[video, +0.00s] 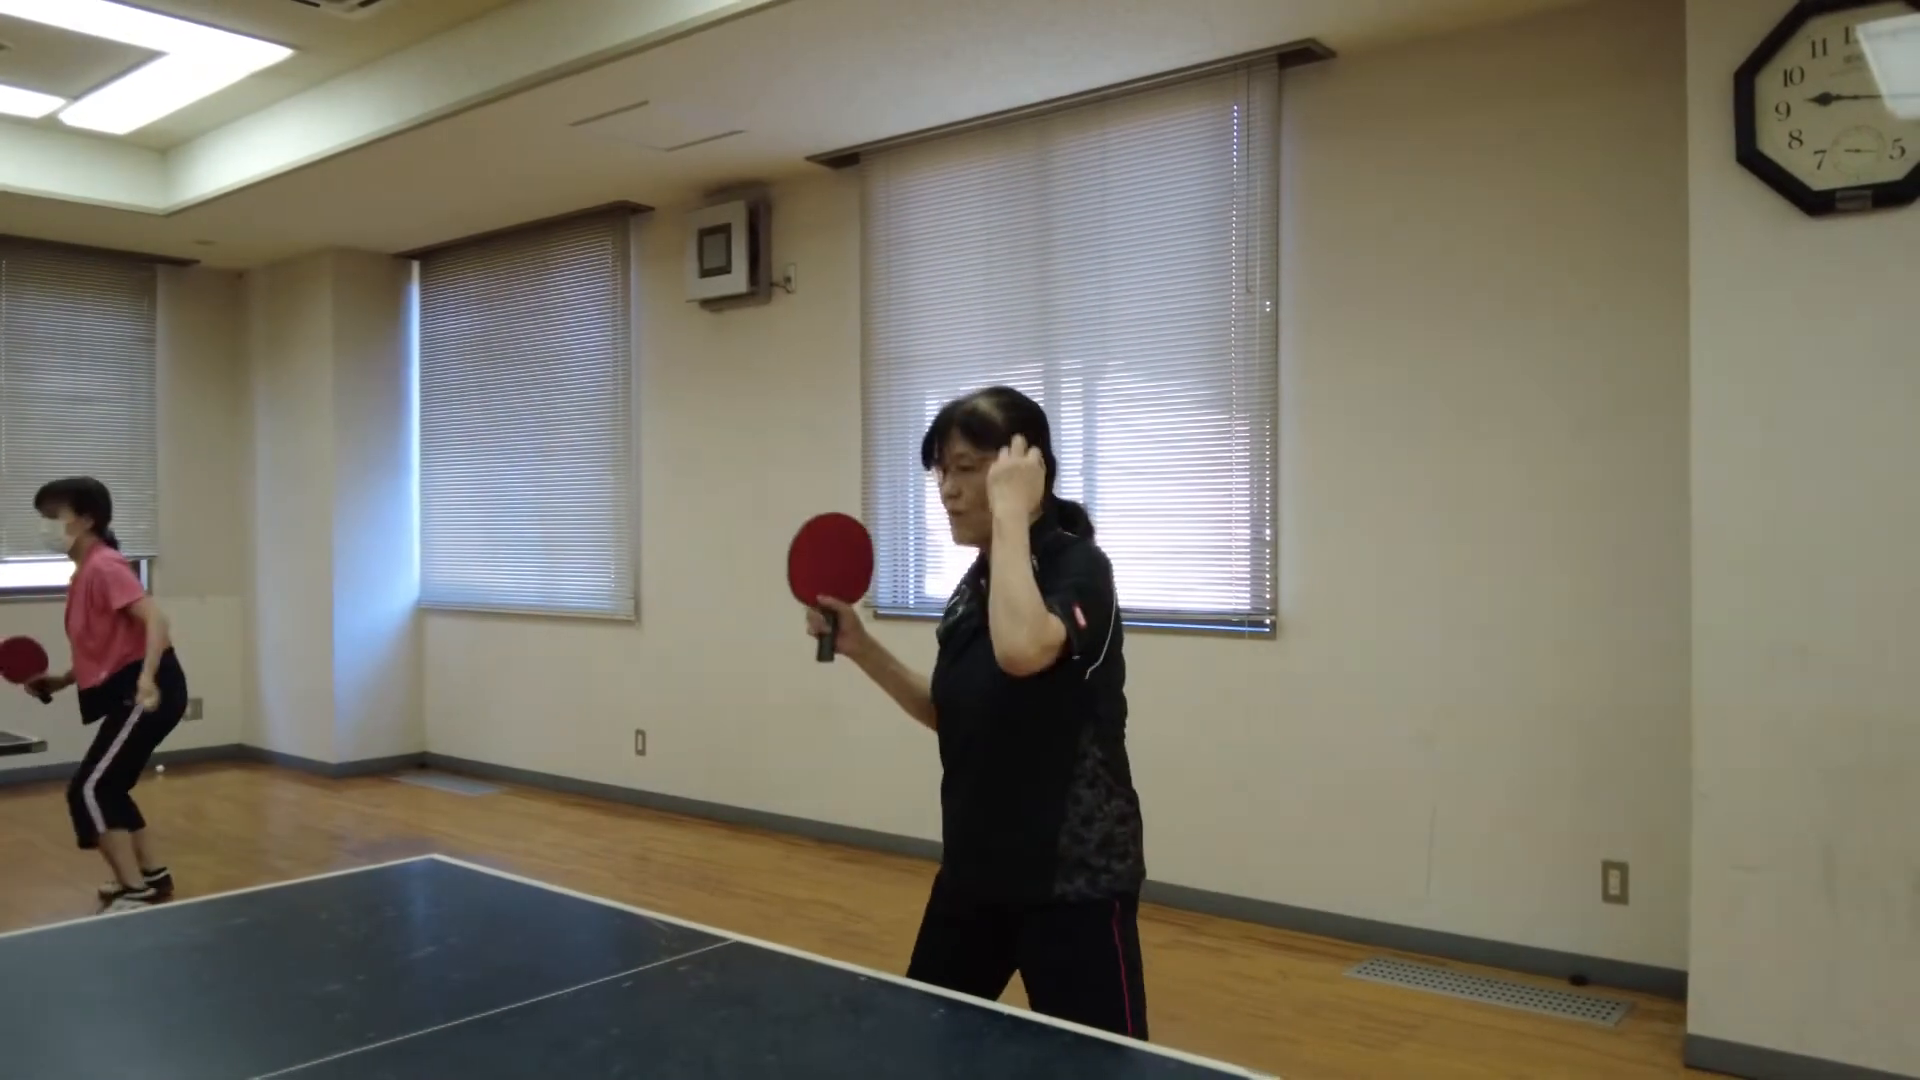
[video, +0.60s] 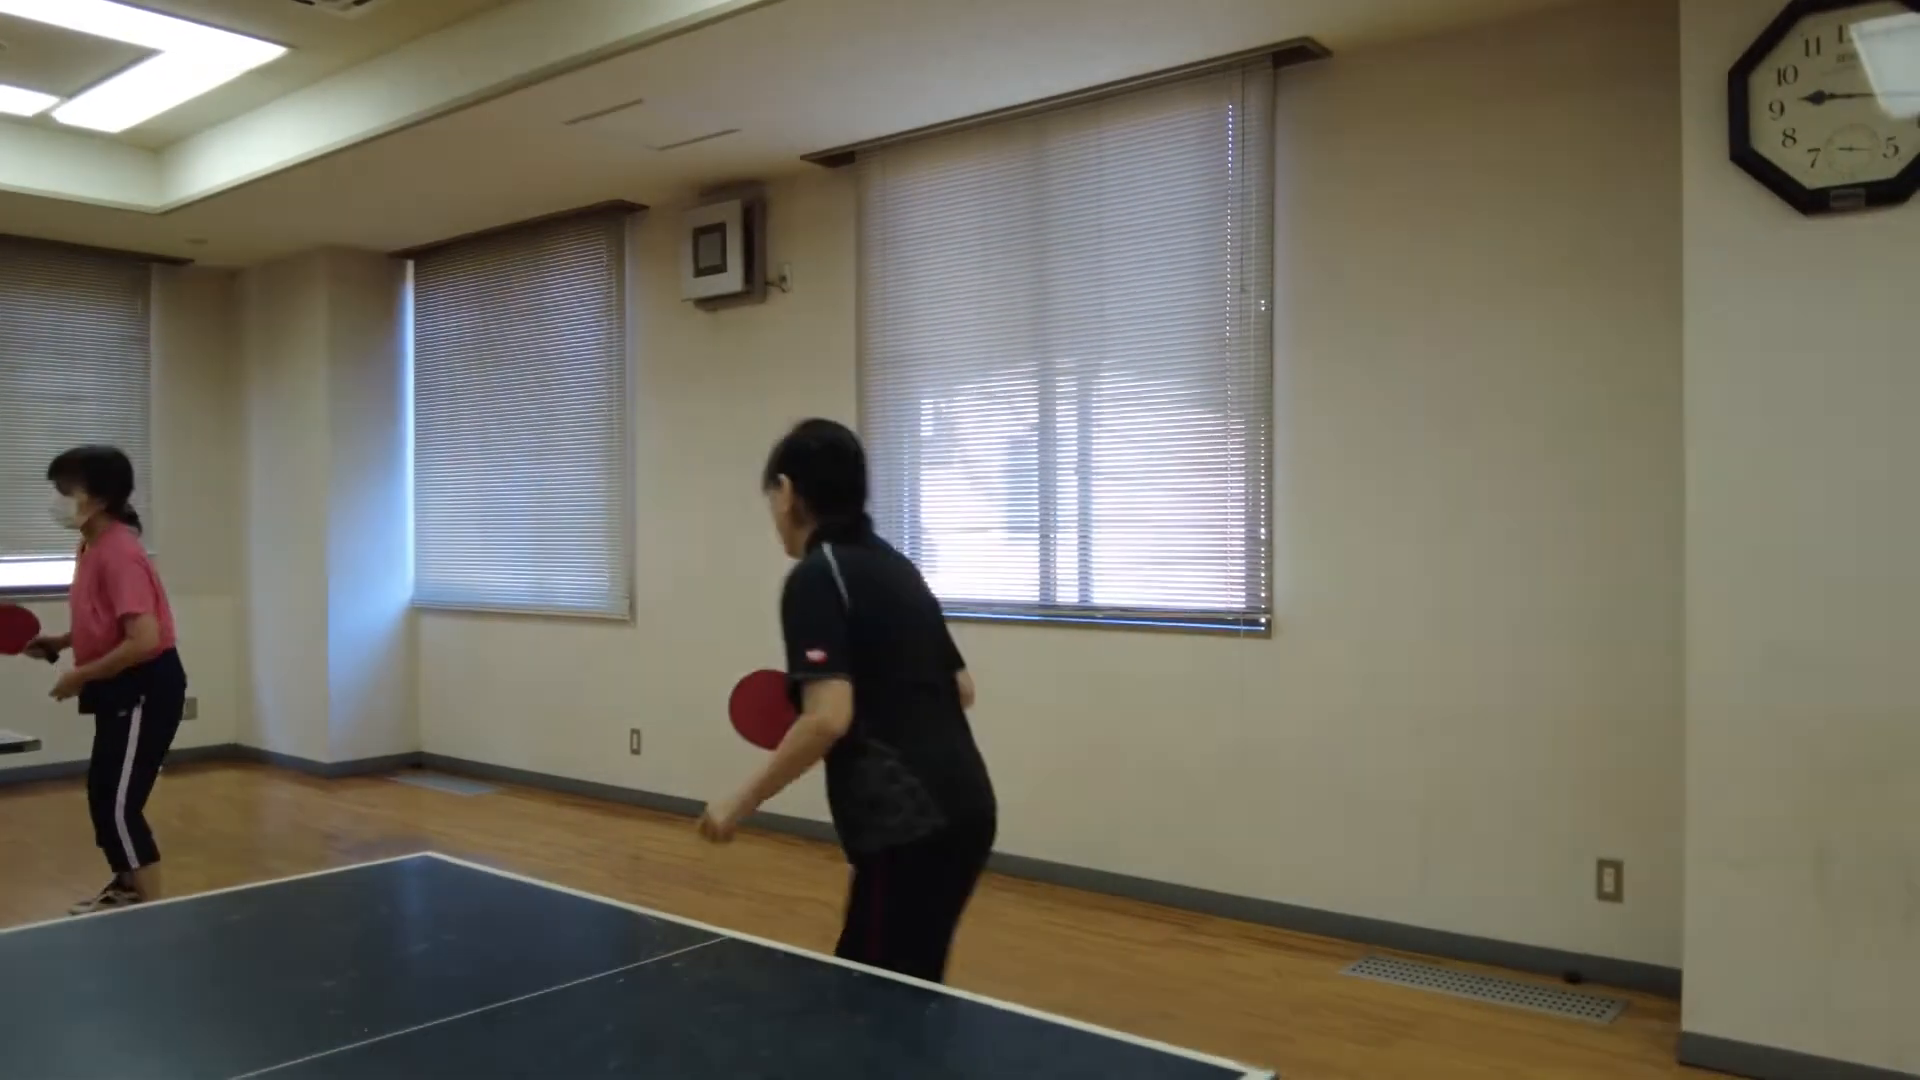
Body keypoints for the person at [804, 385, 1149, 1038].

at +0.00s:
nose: (946, 488)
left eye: (965, 470)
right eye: (941, 471)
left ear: (1021, 474)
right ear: (937, 476)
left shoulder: (1075, 565)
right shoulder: (975, 590)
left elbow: (1023, 648)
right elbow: (951, 713)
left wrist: (1013, 514)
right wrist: (862, 648)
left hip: (1074, 879)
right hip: (979, 869)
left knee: (1103, 1064)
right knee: (919, 1041)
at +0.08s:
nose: (937, 489)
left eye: (956, 468)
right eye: (931, 475)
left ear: (1018, 473)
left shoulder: (1064, 565)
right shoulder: (981, 584)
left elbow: (1029, 690)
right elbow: (963, 714)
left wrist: (984, 549)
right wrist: (875, 655)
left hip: (1077, 877)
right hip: (987, 869)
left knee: (1102, 1064)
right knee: (928, 1042)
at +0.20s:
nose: (911, 506)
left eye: (915, 485)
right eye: (910, 488)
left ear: (960, 482)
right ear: (962, 485)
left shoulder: (1031, 580)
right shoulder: (990, 585)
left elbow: (1028, 732)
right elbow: (994, 715)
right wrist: (887, 669)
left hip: (1068, 889)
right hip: (993, 876)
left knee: (1086, 1062)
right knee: (919, 1033)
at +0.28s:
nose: (893, 511)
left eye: (896, 491)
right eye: (894, 493)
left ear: (925, 494)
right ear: (949, 496)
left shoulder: (998, 589)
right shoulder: (969, 589)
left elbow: (1008, 746)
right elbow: (981, 720)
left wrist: (880, 716)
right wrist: (899, 693)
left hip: (1050, 890)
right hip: (983, 876)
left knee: (1064, 1060)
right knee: (894, 1021)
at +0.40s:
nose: (852, 518)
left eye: (855, 499)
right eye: (853, 500)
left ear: (879, 503)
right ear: (929, 502)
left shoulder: (924, 595)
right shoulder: (945, 587)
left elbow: (934, 751)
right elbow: (957, 717)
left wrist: (838, 738)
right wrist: (870, 703)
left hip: (992, 888)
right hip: (955, 879)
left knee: (1036, 1054)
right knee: (857, 1010)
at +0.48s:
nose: (817, 518)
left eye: (819, 500)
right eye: (819, 501)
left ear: (839, 506)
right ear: (898, 503)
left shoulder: (872, 596)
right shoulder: (925, 587)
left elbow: (871, 748)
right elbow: (937, 721)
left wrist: (783, 766)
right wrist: (841, 720)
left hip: (948, 876)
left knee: (982, 1050)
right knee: (842, 1010)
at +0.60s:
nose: (772, 511)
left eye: (771, 494)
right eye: (770, 495)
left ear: (791, 493)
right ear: (850, 488)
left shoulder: (816, 576)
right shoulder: (893, 565)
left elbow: (829, 717)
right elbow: (960, 688)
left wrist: (740, 802)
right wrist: (869, 720)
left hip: (905, 826)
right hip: (959, 813)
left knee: (866, 994)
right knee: (899, 995)